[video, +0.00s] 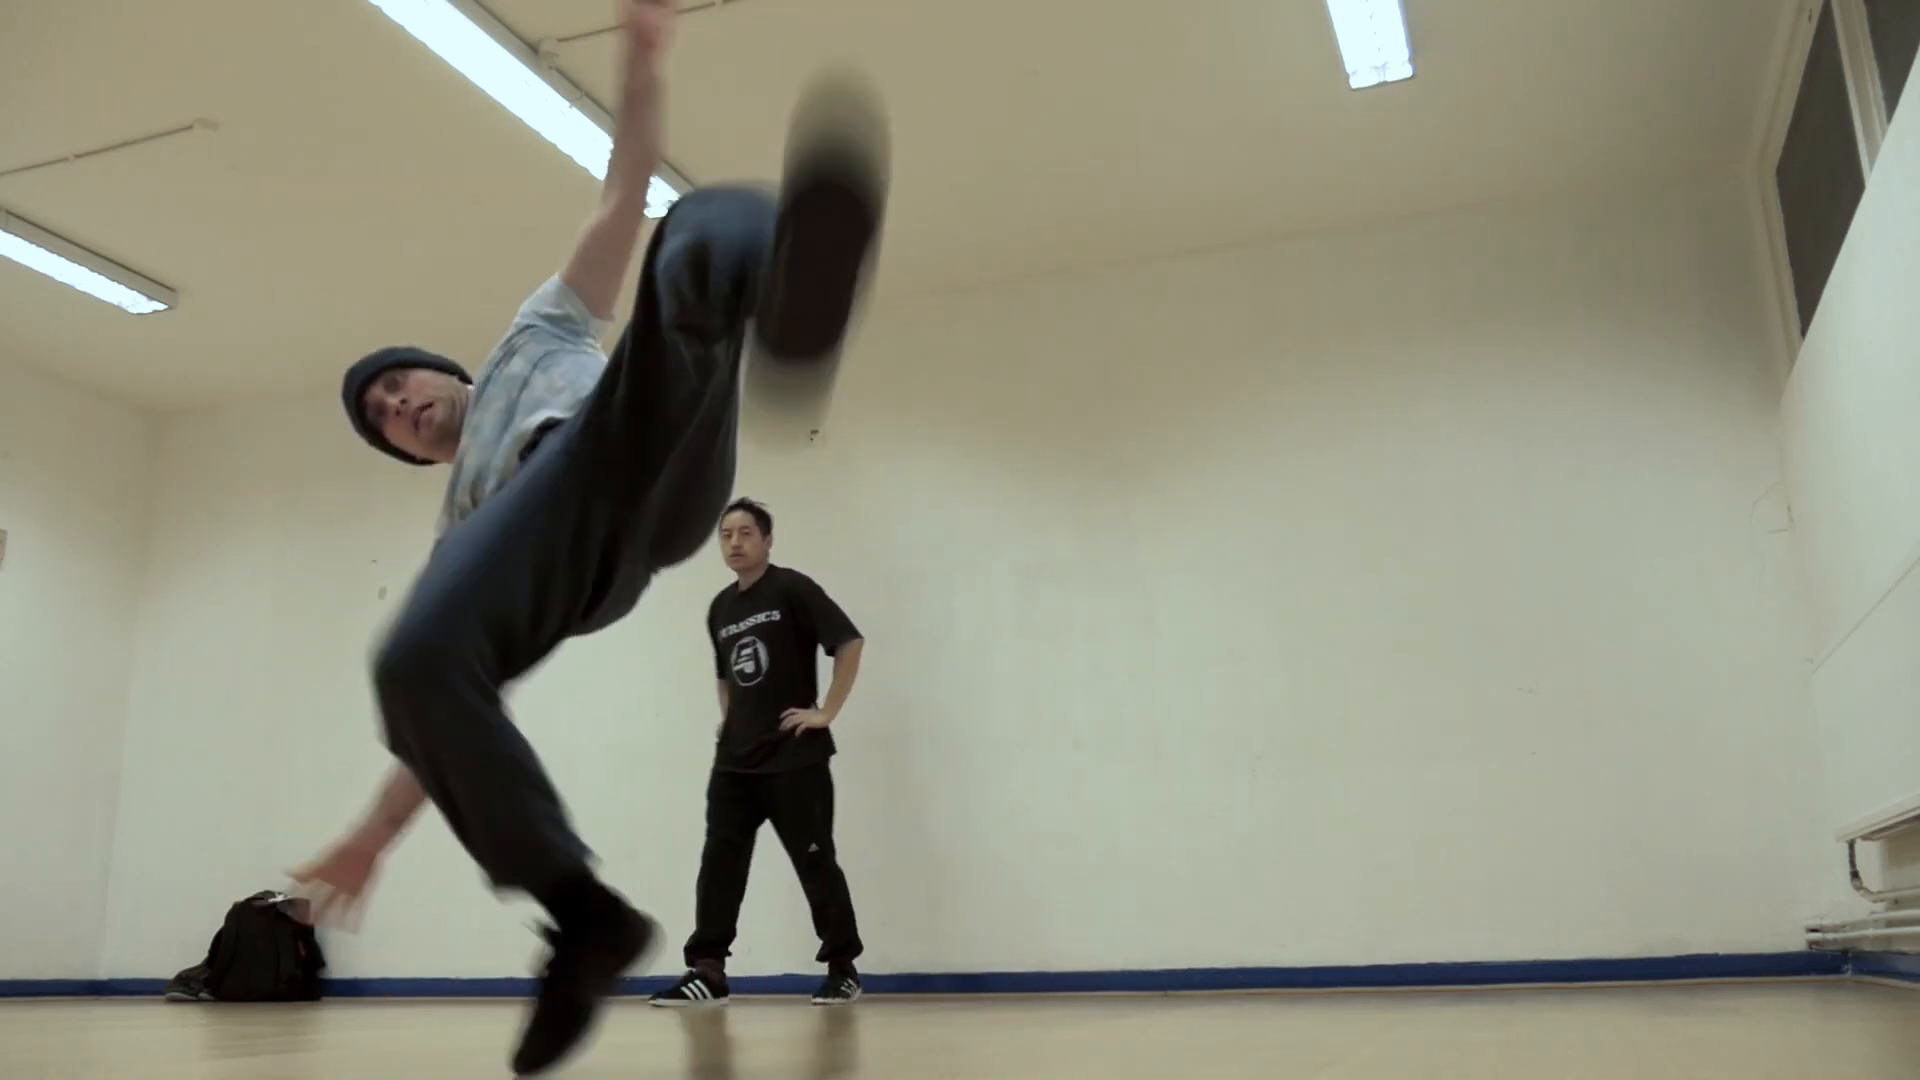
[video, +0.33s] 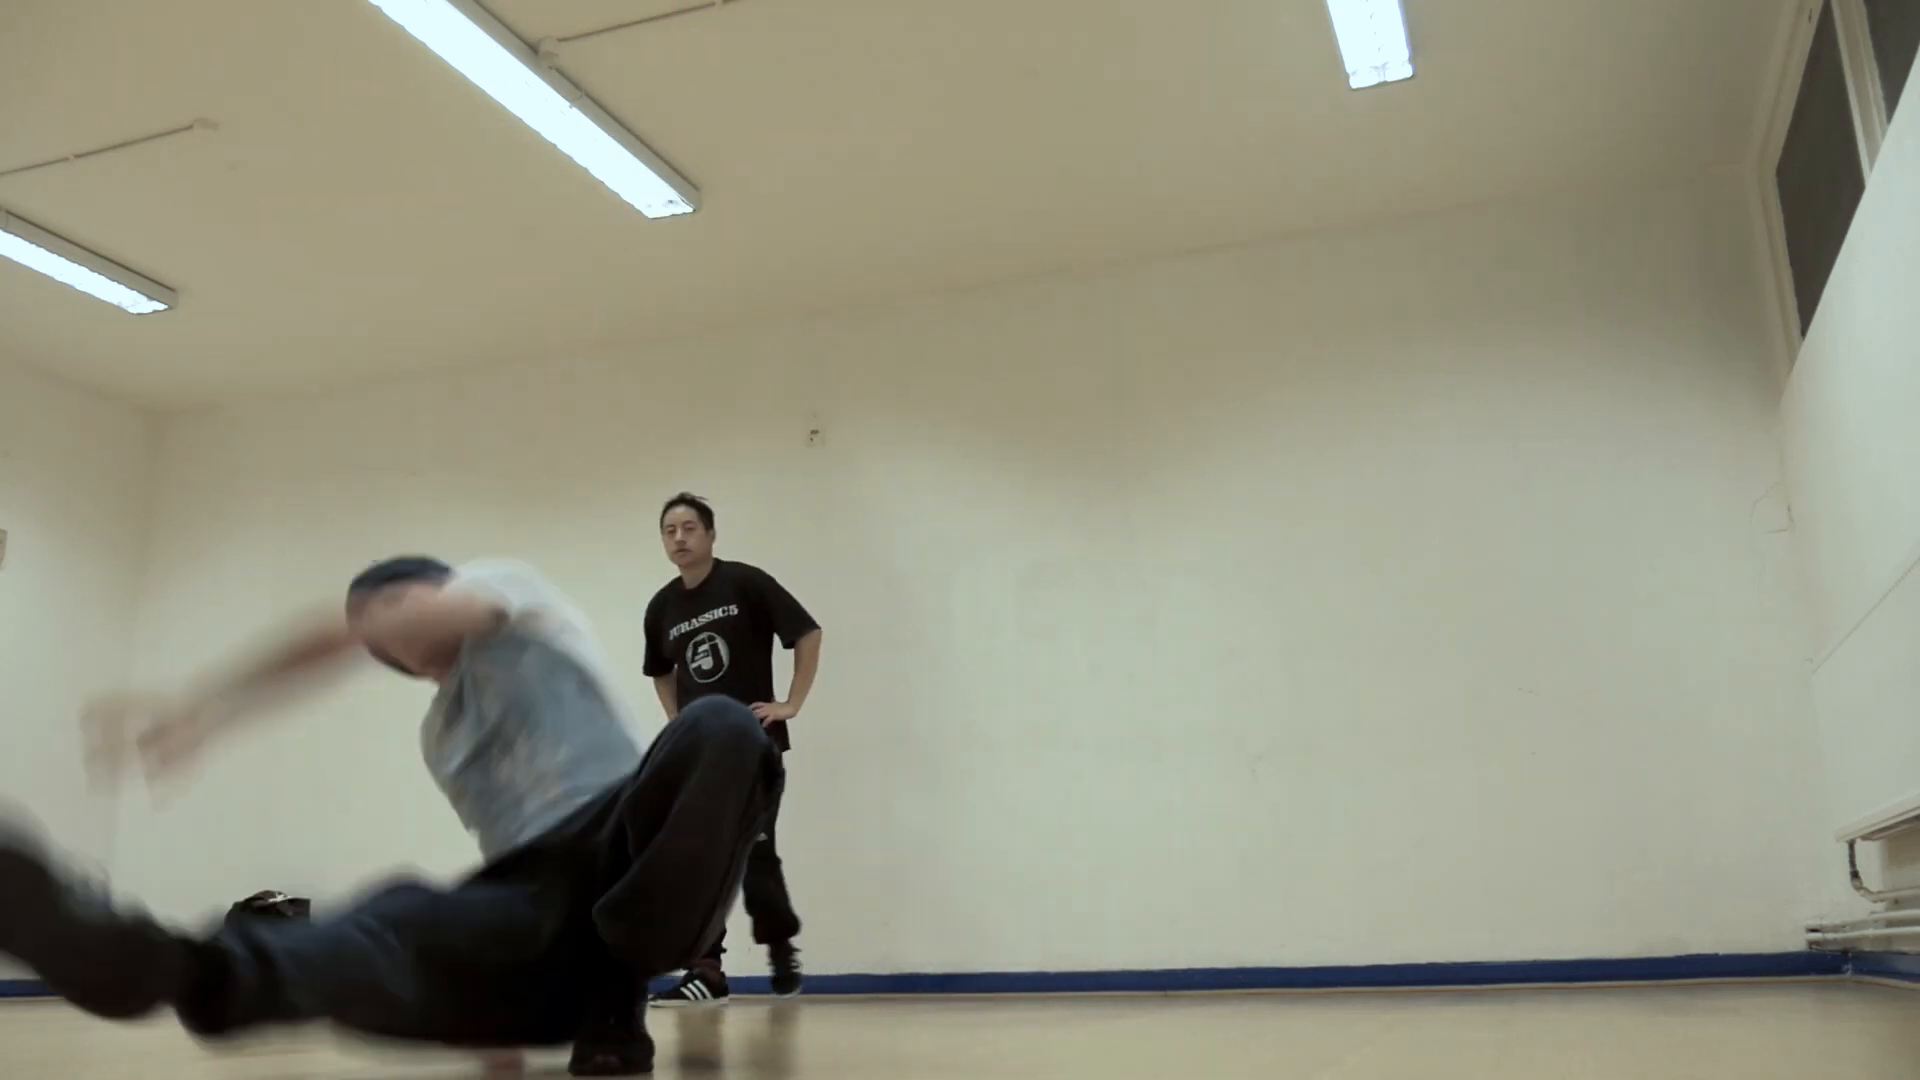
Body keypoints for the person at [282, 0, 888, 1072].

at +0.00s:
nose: (400, 411)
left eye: (398, 389)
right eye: (385, 426)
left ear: (439, 367)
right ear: (407, 454)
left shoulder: (542, 332)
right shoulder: (465, 520)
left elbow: (626, 197)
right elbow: (441, 707)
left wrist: (643, 58)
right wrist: (368, 845)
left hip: (644, 452)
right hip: (560, 543)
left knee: (693, 230)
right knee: (416, 663)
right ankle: (589, 920)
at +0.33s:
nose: (387, 654)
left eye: (387, 632)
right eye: (374, 646)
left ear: (428, 597)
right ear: (390, 641)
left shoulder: (522, 601)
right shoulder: (443, 733)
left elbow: (362, 629)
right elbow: (510, 864)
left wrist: (200, 716)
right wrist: (503, 1039)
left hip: (620, 871)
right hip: (525, 926)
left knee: (727, 728)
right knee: (393, 926)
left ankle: (615, 1009)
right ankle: (194, 972)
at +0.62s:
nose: (306, 723)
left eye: (303, 700)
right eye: (292, 727)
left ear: (342, 667)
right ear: (310, 732)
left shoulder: (389, 681)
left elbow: (371, 869)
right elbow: (508, 884)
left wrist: (358, 1029)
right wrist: (493, 1010)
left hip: (611, 876)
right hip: (558, 962)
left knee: (534, 675)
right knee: (539, 1024)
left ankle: (482, 618)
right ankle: (804, 1020)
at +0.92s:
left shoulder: (404, 700)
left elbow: (384, 864)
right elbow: (645, 725)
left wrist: (361, 1030)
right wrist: (548, 850)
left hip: (424, 640)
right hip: (562, 566)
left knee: (552, 885)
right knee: (739, 775)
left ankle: (629, 887)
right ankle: (896, 921)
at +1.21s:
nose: (645, 454)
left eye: (667, 440)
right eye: (622, 440)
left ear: (694, 473)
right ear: (586, 467)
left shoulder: (693, 626)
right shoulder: (522, 527)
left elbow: (687, 759)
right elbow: (322, 538)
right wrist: (213, 424)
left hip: (602, 877)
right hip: (473, 873)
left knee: (806, 731)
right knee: (629, 691)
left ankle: (716, 991)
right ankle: (585, 1004)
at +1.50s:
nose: (223, 608)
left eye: (213, 594)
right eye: (209, 638)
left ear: (251, 570)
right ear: (240, 678)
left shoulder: (357, 518)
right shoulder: (339, 722)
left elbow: (384, 367)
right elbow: (352, 911)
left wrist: (351, 224)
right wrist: (239, 1030)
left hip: (649, 603)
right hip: (589, 675)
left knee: (933, 648)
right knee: (758, 654)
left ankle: (819, 901)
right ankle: (670, 949)